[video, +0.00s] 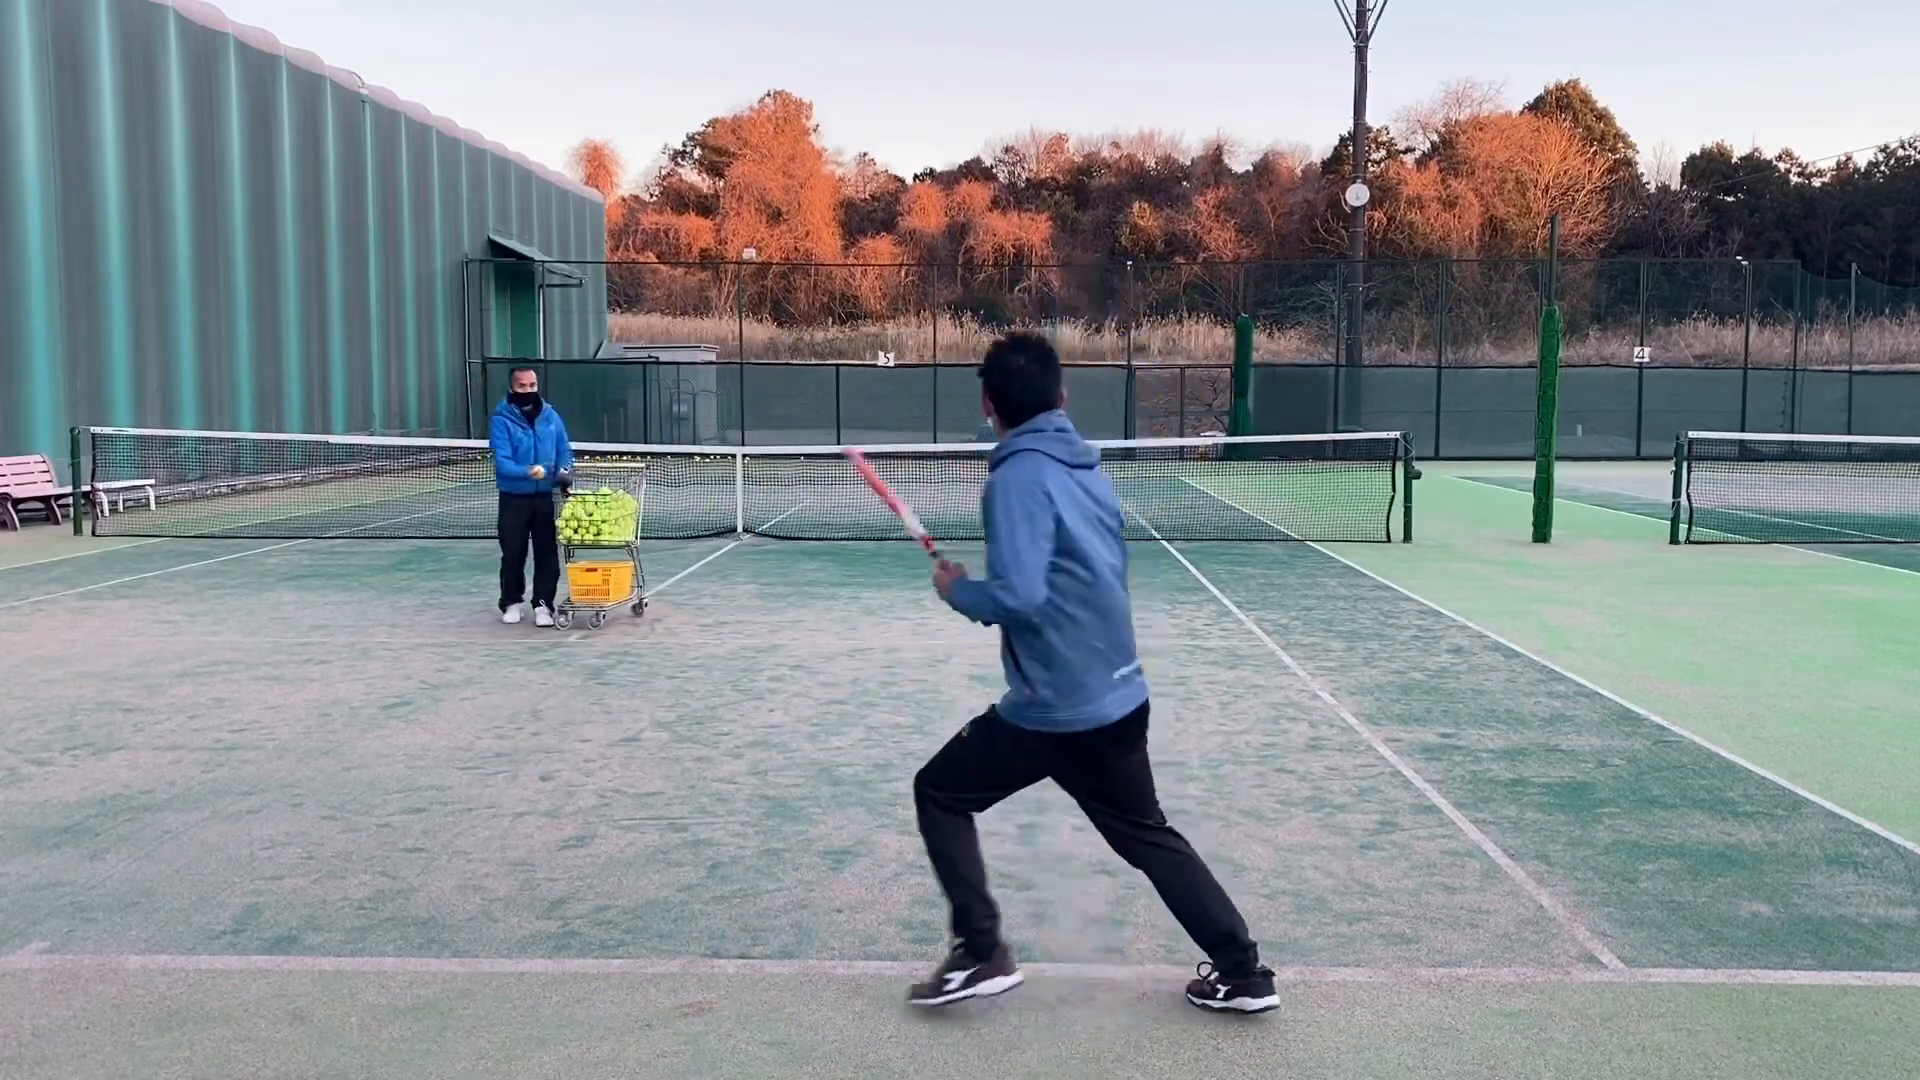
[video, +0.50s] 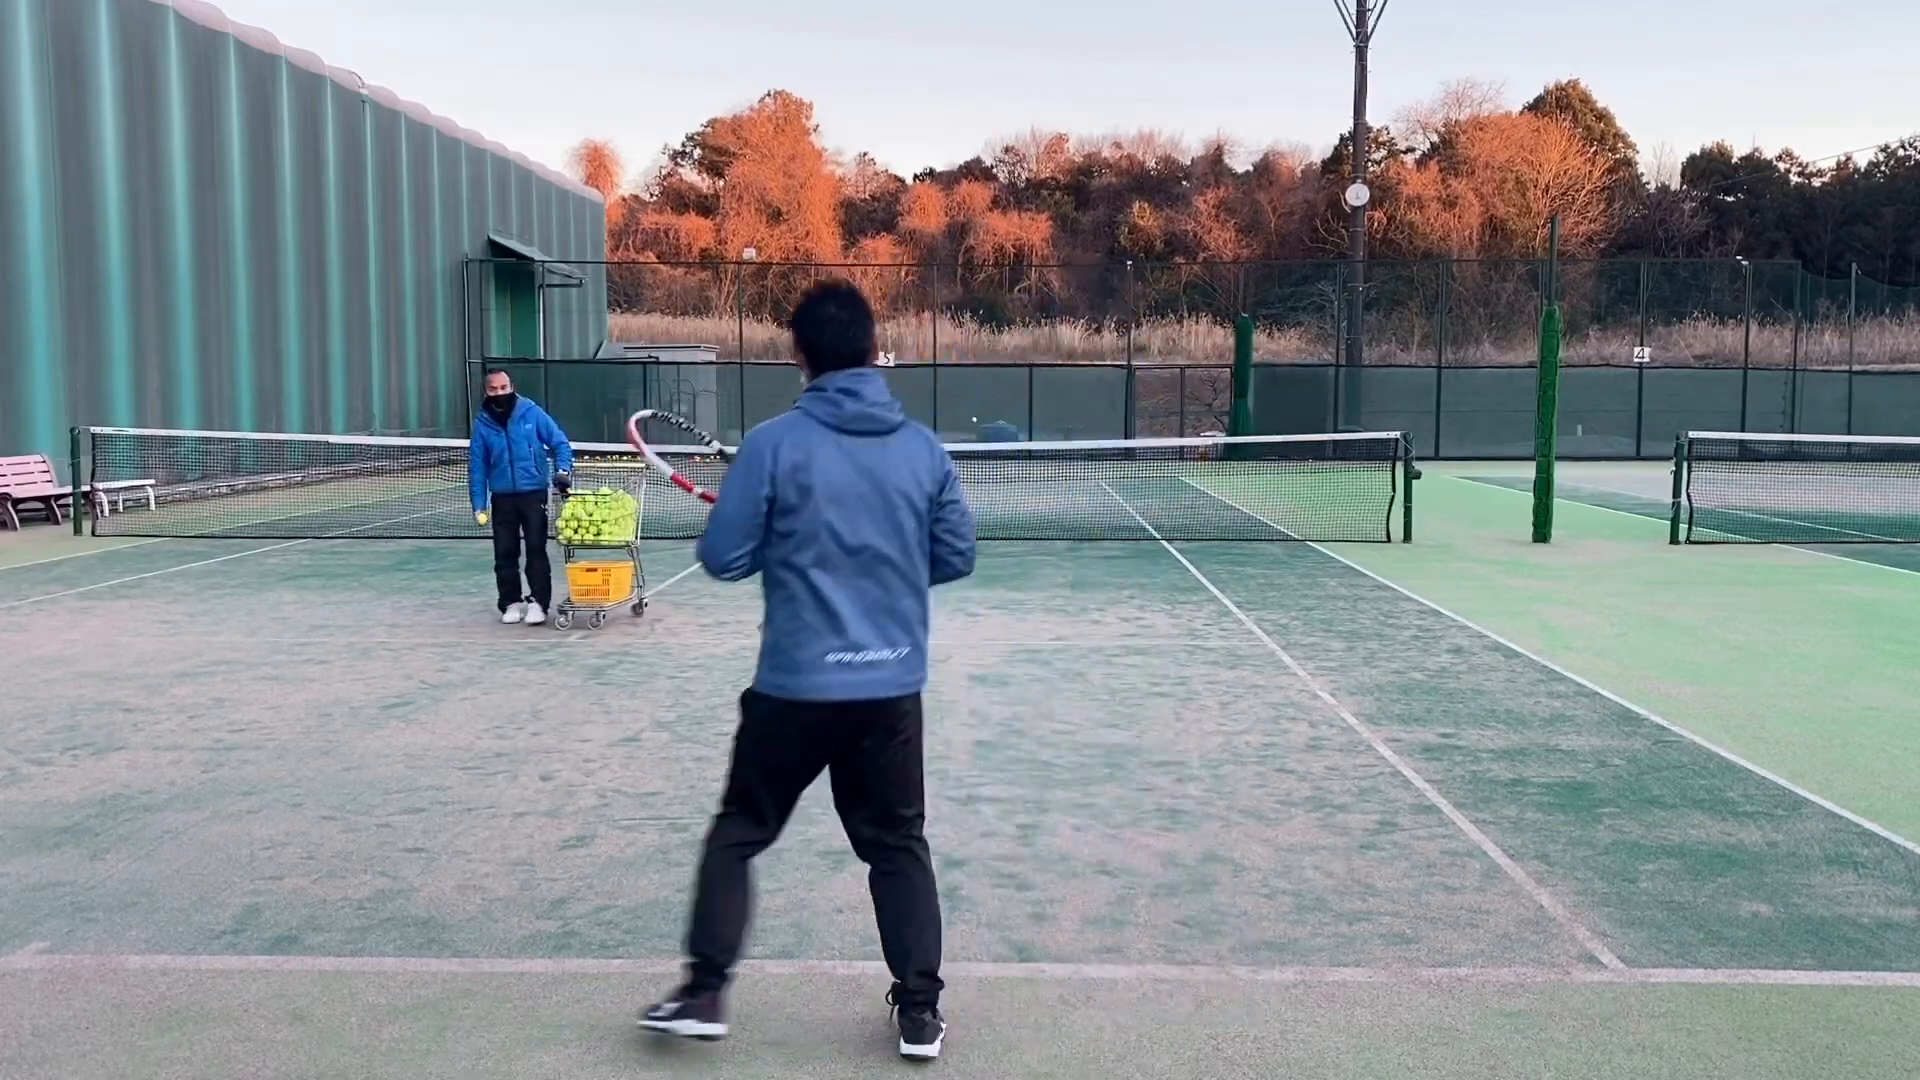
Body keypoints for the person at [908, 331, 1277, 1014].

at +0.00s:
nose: (981, 403)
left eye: (983, 393)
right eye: (983, 392)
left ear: (992, 402)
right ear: (1059, 395)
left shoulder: (1019, 477)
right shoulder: (1083, 465)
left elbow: (1019, 594)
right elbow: (1105, 567)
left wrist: (957, 589)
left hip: (1059, 706)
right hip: (1116, 697)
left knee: (940, 791)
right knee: (1146, 835)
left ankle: (979, 950)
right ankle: (1243, 970)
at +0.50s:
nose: (795, 361)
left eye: (794, 351)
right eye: (802, 350)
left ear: (802, 356)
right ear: (872, 350)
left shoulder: (775, 445)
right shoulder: (921, 446)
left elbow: (723, 556)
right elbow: (955, 555)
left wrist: (781, 527)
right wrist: (878, 559)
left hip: (795, 692)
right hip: (892, 692)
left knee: (740, 825)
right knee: (898, 842)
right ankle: (920, 1012)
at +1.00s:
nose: (662, 334)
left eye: (570, 321)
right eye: (659, 323)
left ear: (574, 328)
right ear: (653, 331)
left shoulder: (517, 413)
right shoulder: (678, 433)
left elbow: (457, 511)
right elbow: (698, 557)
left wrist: (530, 523)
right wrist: (627, 560)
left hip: (528, 677)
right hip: (626, 684)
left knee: (493, 830)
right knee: (641, 835)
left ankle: (448, 1003)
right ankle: (606, 1017)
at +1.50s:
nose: (595, 368)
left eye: (593, 357)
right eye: (595, 358)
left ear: (508, 361)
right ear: (587, 370)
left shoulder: (470, 439)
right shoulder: (562, 456)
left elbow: (512, 542)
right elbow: (620, 569)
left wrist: (606, 558)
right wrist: (670, 578)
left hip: (433, 704)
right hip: (511, 713)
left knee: (421, 867)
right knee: (608, 865)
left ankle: (331, 1036)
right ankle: (576, 1054)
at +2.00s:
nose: (781, 386)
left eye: (778, 375)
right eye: (778, 374)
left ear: (699, 370)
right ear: (761, 378)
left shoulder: (705, 467)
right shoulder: (680, 435)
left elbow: (753, 531)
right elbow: (700, 437)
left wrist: (831, 548)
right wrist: (808, 404)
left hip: (694, 724)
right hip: (642, 728)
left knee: (760, 874)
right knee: (662, 921)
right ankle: (544, 1054)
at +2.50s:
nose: (1036, 491)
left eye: (1037, 478)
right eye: (1036, 480)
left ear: (971, 461)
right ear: (1021, 485)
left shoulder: (942, 517)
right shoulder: (928, 525)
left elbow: (931, 602)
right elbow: (822, 560)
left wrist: (991, 629)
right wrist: (861, 614)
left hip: (845, 749)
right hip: (821, 764)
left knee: (934, 825)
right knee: (950, 943)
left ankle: (958, 1009)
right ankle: (869, 1073)